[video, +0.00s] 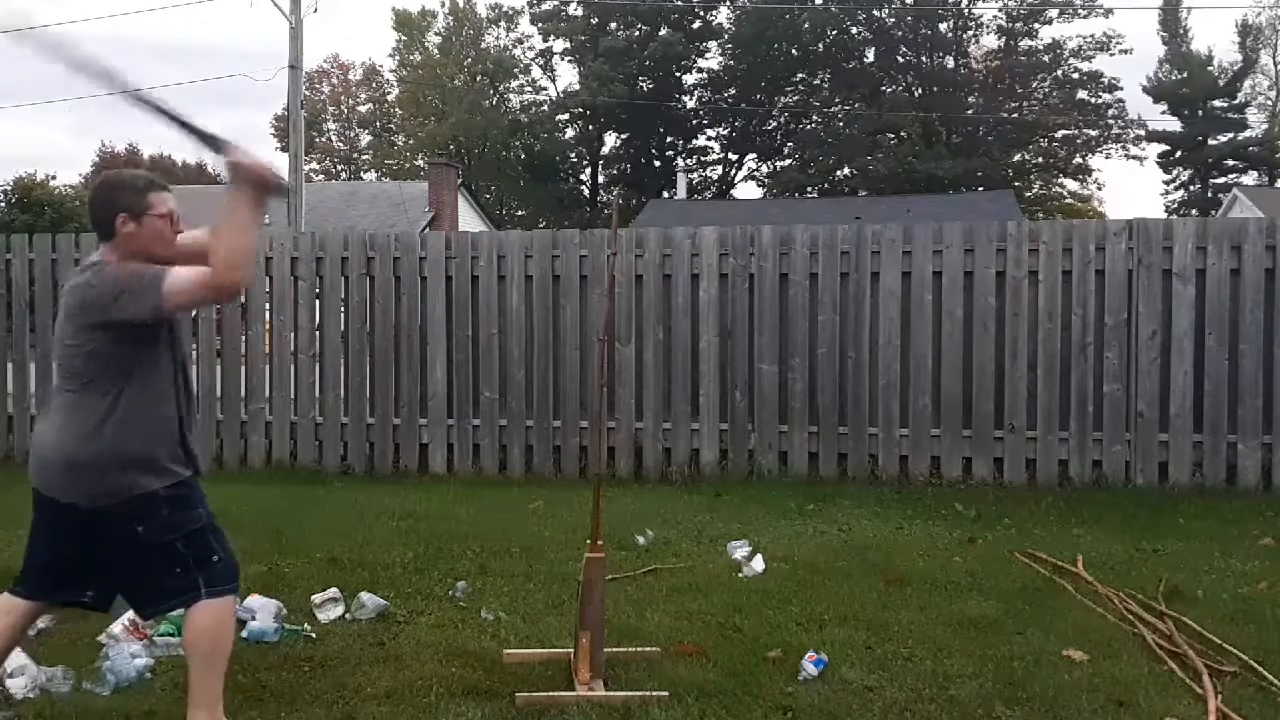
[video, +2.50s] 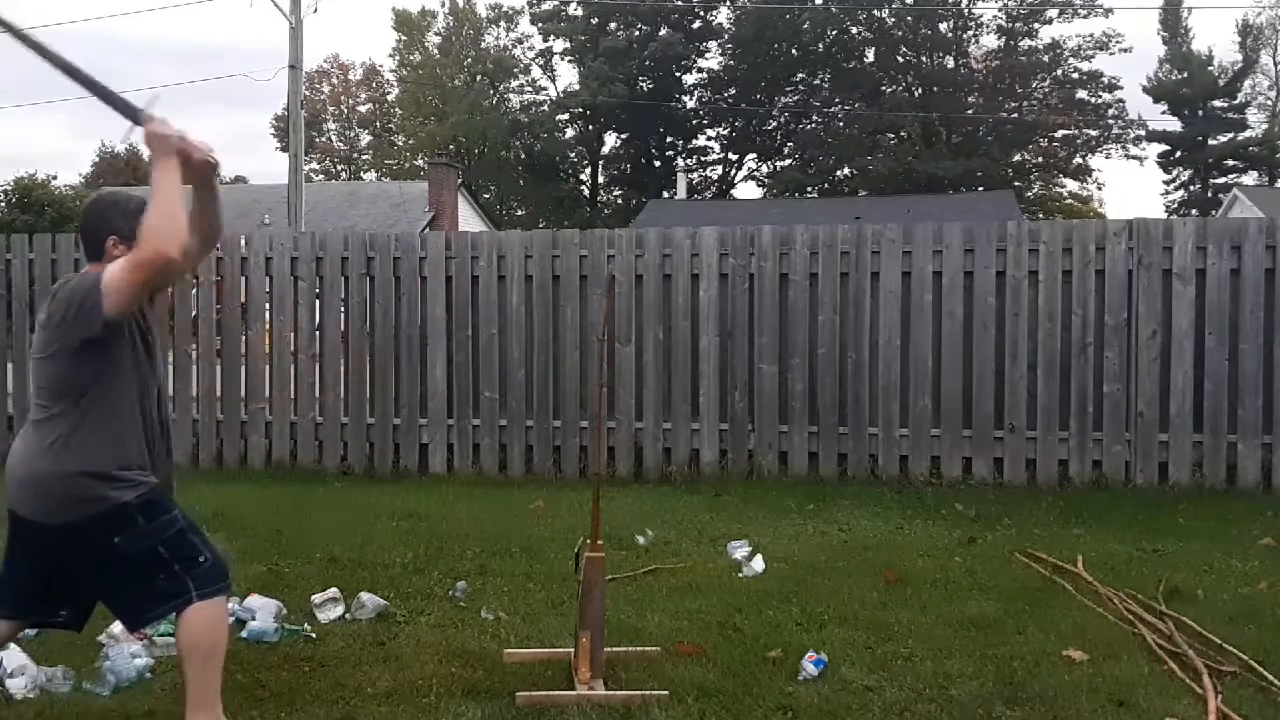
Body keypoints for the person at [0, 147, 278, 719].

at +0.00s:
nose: (178, 230)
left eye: (175, 219)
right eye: (167, 219)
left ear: (125, 226)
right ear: (126, 226)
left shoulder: (99, 276)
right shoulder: (116, 283)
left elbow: (219, 247)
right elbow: (229, 278)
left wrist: (247, 196)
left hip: (66, 470)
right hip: (135, 471)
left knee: (32, 590)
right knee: (214, 583)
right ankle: (206, 712)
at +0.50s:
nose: (188, 225)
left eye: (188, 214)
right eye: (181, 214)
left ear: (128, 218)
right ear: (146, 216)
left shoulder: (55, 254)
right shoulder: (172, 288)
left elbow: (38, 352)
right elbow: (178, 386)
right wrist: (173, 455)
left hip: (16, 455)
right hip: (114, 461)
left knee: (8, 598)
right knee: (174, 593)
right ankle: (200, 711)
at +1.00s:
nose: (155, 213)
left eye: (154, 202)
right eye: (147, 202)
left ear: (97, 209)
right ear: (109, 206)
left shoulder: (39, 268)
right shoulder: (121, 275)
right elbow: (182, 365)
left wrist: (195, 384)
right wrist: (248, 395)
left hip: (21, 464)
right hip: (111, 466)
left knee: (9, 596)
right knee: (170, 596)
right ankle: (201, 713)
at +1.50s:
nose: (161, 217)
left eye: (159, 205)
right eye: (152, 205)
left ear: (109, 212)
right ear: (113, 210)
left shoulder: (67, 271)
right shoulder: (109, 280)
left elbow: (182, 334)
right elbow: (188, 353)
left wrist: (257, 362)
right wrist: (284, 367)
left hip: (29, 466)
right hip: (104, 468)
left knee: (12, 594)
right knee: (176, 595)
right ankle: (201, 712)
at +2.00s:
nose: (201, 245)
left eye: (199, 234)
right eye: (191, 235)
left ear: (146, 243)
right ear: (153, 241)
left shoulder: (103, 290)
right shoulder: (149, 306)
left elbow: (227, 337)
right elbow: (239, 372)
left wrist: (313, 359)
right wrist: (326, 361)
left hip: (29, 481)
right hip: (112, 487)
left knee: (10, 602)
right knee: (209, 589)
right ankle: (204, 713)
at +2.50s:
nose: (160, 251)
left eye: (158, 238)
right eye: (151, 240)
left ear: (116, 245)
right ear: (117, 245)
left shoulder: (119, 298)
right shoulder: (80, 296)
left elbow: (194, 245)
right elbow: (158, 252)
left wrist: (205, 182)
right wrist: (164, 161)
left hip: (44, 485)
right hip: (96, 484)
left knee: (17, 607)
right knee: (203, 582)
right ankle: (205, 712)